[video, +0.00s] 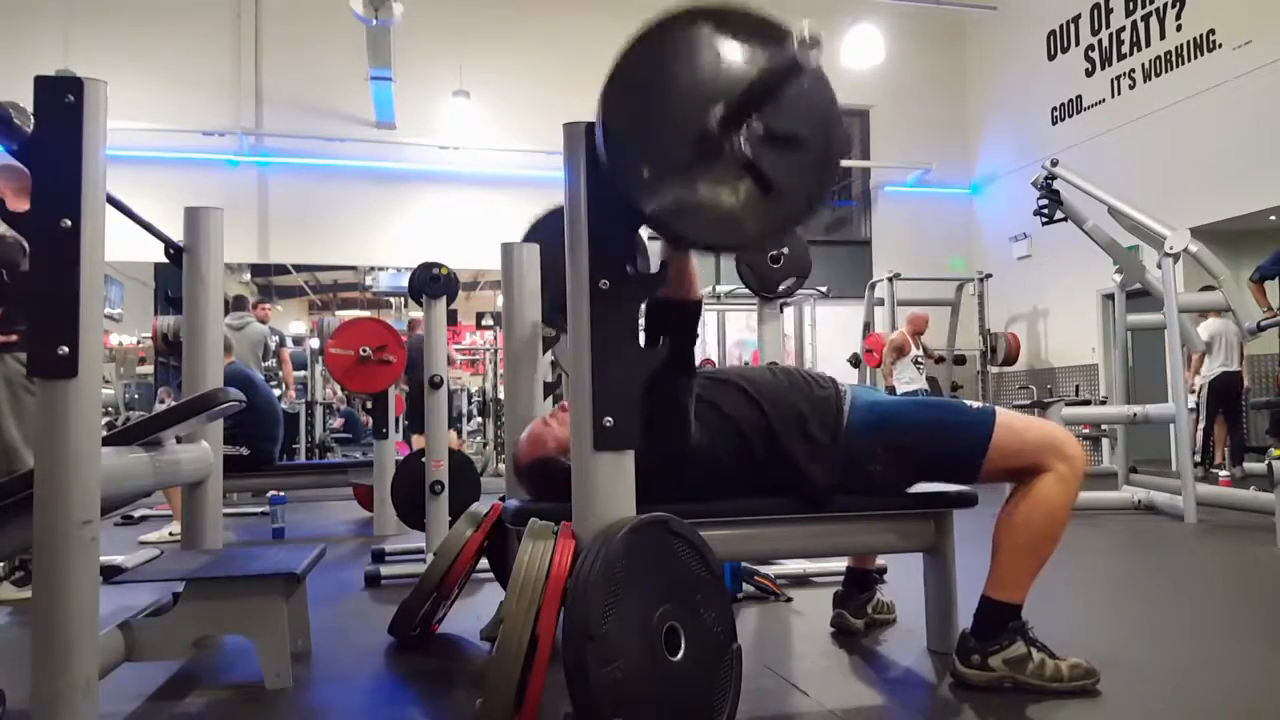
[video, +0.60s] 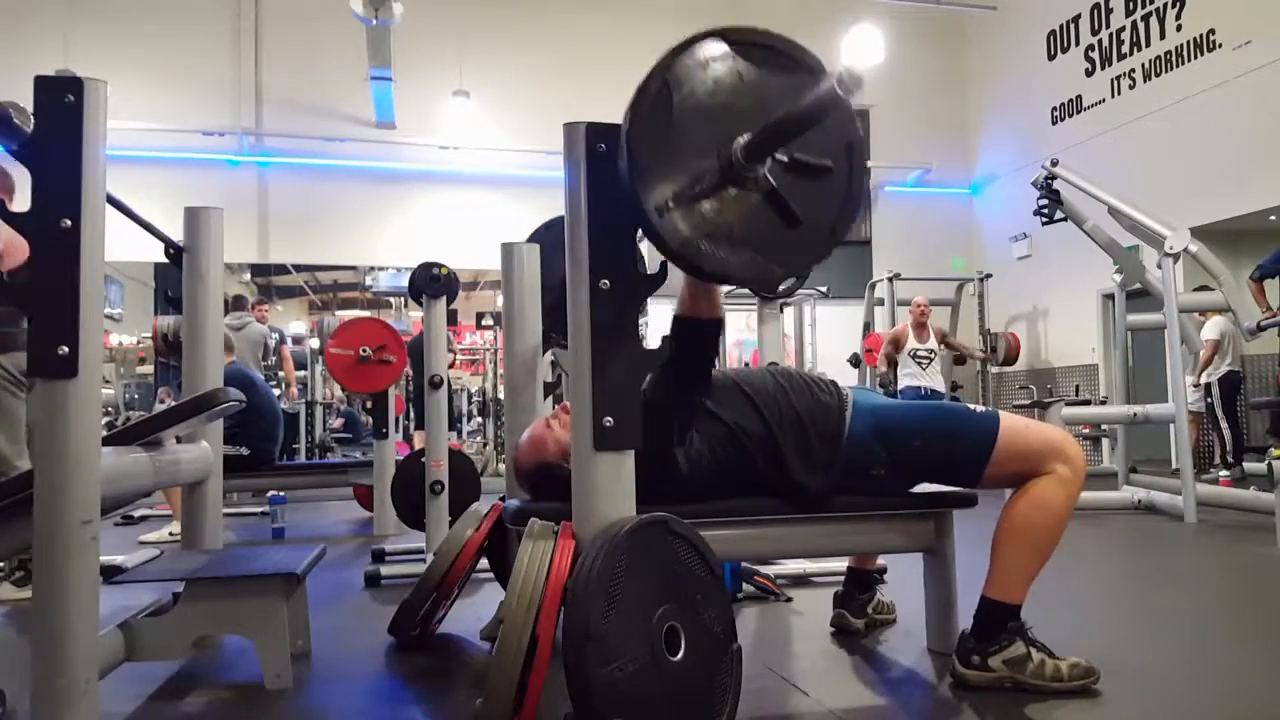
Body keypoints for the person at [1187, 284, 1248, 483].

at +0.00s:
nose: (1196, 310)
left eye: (1198, 306)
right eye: (1197, 306)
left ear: (1202, 308)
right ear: (1220, 306)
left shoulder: (1205, 327)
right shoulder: (1234, 326)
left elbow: (1198, 355)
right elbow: (1241, 354)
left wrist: (1191, 377)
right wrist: (1242, 375)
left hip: (1214, 378)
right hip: (1235, 376)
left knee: (1206, 422)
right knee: (1235, 423)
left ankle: (1201, 462)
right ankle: (1237, 464)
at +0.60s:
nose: (1196, 312)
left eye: (1196, 307)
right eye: (1195, 308)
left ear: (1203, 306)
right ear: (1213, 303)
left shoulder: (1213, 324)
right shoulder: (1229, 323)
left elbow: (1210, 351)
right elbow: (1237, 352)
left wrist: (1197, 375)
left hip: (1218, 376)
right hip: (1233, 374)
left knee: (1221, 421)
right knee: (1231, 420)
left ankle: (1230, 464)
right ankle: (1235, 462)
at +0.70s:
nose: (1193, 313)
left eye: (1193, 308)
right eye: (1192, 308)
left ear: (1200, 307)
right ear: (1211, 303)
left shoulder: (1210, 323)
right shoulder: (1228, 323)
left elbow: (1208, 350)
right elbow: (1237, 353)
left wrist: (1194, 373)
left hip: (1216, 376)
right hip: (1231, 374)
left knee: (1220, 422)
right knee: (1226, 420)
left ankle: (1230, 465)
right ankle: (1234, 462)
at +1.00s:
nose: (1186, 313)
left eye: (1186, 309)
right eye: (1185, 309)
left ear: (1193, 307)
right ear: (1201, 305)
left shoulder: (1203, 323)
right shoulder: (1214, 321)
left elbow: (1200, 351)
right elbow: (1213, 353)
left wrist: (1189, 374)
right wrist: (1198, 376)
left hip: (1212, 375)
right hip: (1223, 373)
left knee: (1216, 420)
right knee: (1217, 420)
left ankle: (1226, 462)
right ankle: (1221, 460)